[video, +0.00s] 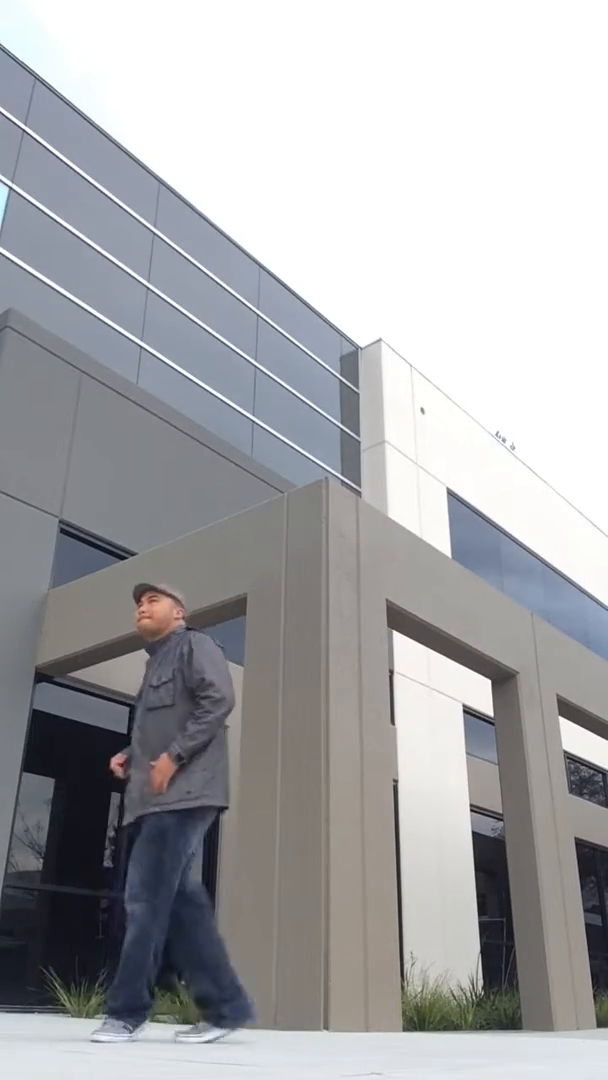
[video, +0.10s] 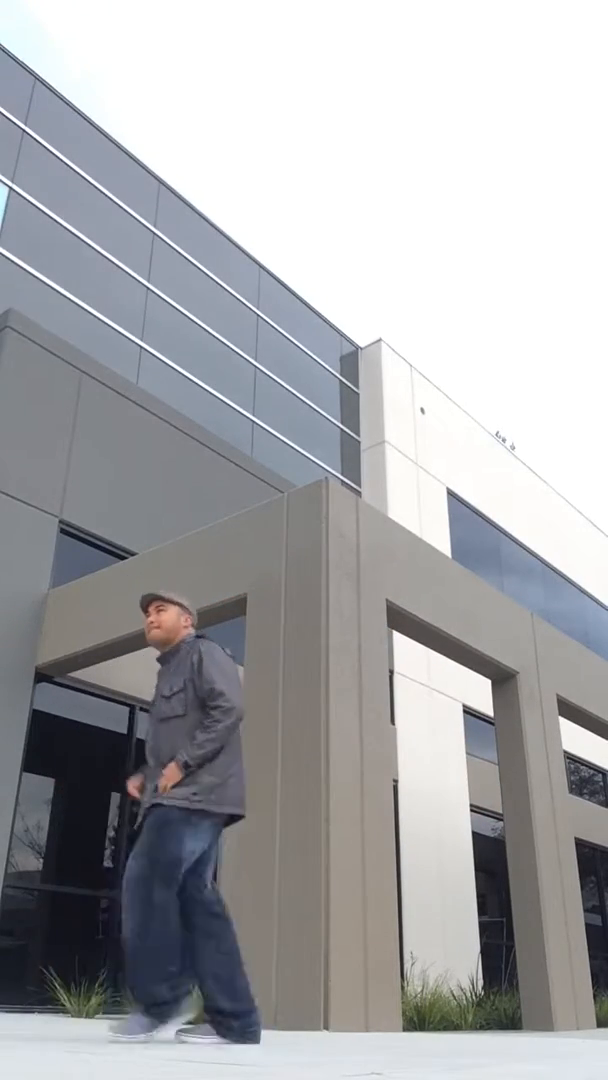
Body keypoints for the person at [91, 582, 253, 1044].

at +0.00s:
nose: (142, 609)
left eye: (152, 601)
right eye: (138, 604)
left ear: (179, 611)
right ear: (139, 619)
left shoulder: (195, 644)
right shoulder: (155, 665)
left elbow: (219, 701)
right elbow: (159, 729)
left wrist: (174, 754)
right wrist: (131, 754)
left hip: (184, 794)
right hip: (156, 797)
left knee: (146, 898)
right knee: (182, 901)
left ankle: (126, 1013)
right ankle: (229, 1009)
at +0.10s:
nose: (150, 619)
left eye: (159, 611)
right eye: (146, 615)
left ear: (187, 619)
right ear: (151, 629)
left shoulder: (204, 652)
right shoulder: (167, 672)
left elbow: (228, 709)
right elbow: (168, 742)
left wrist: (184, 763)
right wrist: (144, 775)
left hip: (196, 795)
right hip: (185, 796)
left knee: (145, 882)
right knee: (198, 900)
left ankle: (164, 1000)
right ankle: (235, 1021)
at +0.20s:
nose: (158, 617)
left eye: (168, 609)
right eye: (155, 612)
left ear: (194, 617)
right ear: (155, 626)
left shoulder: (211, 650)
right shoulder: (178, 669)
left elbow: (232, 706)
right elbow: (185, 733)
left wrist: (180, 755)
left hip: (206, 791)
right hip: (192, 794)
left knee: (171, 881)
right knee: (200, 892)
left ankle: (226, 994)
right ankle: (235, 1020)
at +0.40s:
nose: (166, 610)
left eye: (176, 602)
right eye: (164, 605)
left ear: (204, 611)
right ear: (170, 619)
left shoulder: (215, 633)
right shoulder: (187, 660)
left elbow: (231, 682)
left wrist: (176, 729)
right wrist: (173, 738)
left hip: (227, 784)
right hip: (198, 792)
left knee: (243, 892)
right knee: (167, 880)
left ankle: (281, 1011)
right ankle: (213, 999)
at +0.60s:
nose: (162, 613)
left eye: (172, 604)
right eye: (160, 608)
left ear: (201, 613)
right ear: (165, 623)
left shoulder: (220, 641)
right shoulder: (181, 669)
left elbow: (239, 703)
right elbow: (191, 748)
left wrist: (225, 764)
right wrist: (168, 791)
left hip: (234, 786)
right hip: (193, 799)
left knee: (242, 899)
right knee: (181, 900)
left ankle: (281, 1015)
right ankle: (198, 1020)